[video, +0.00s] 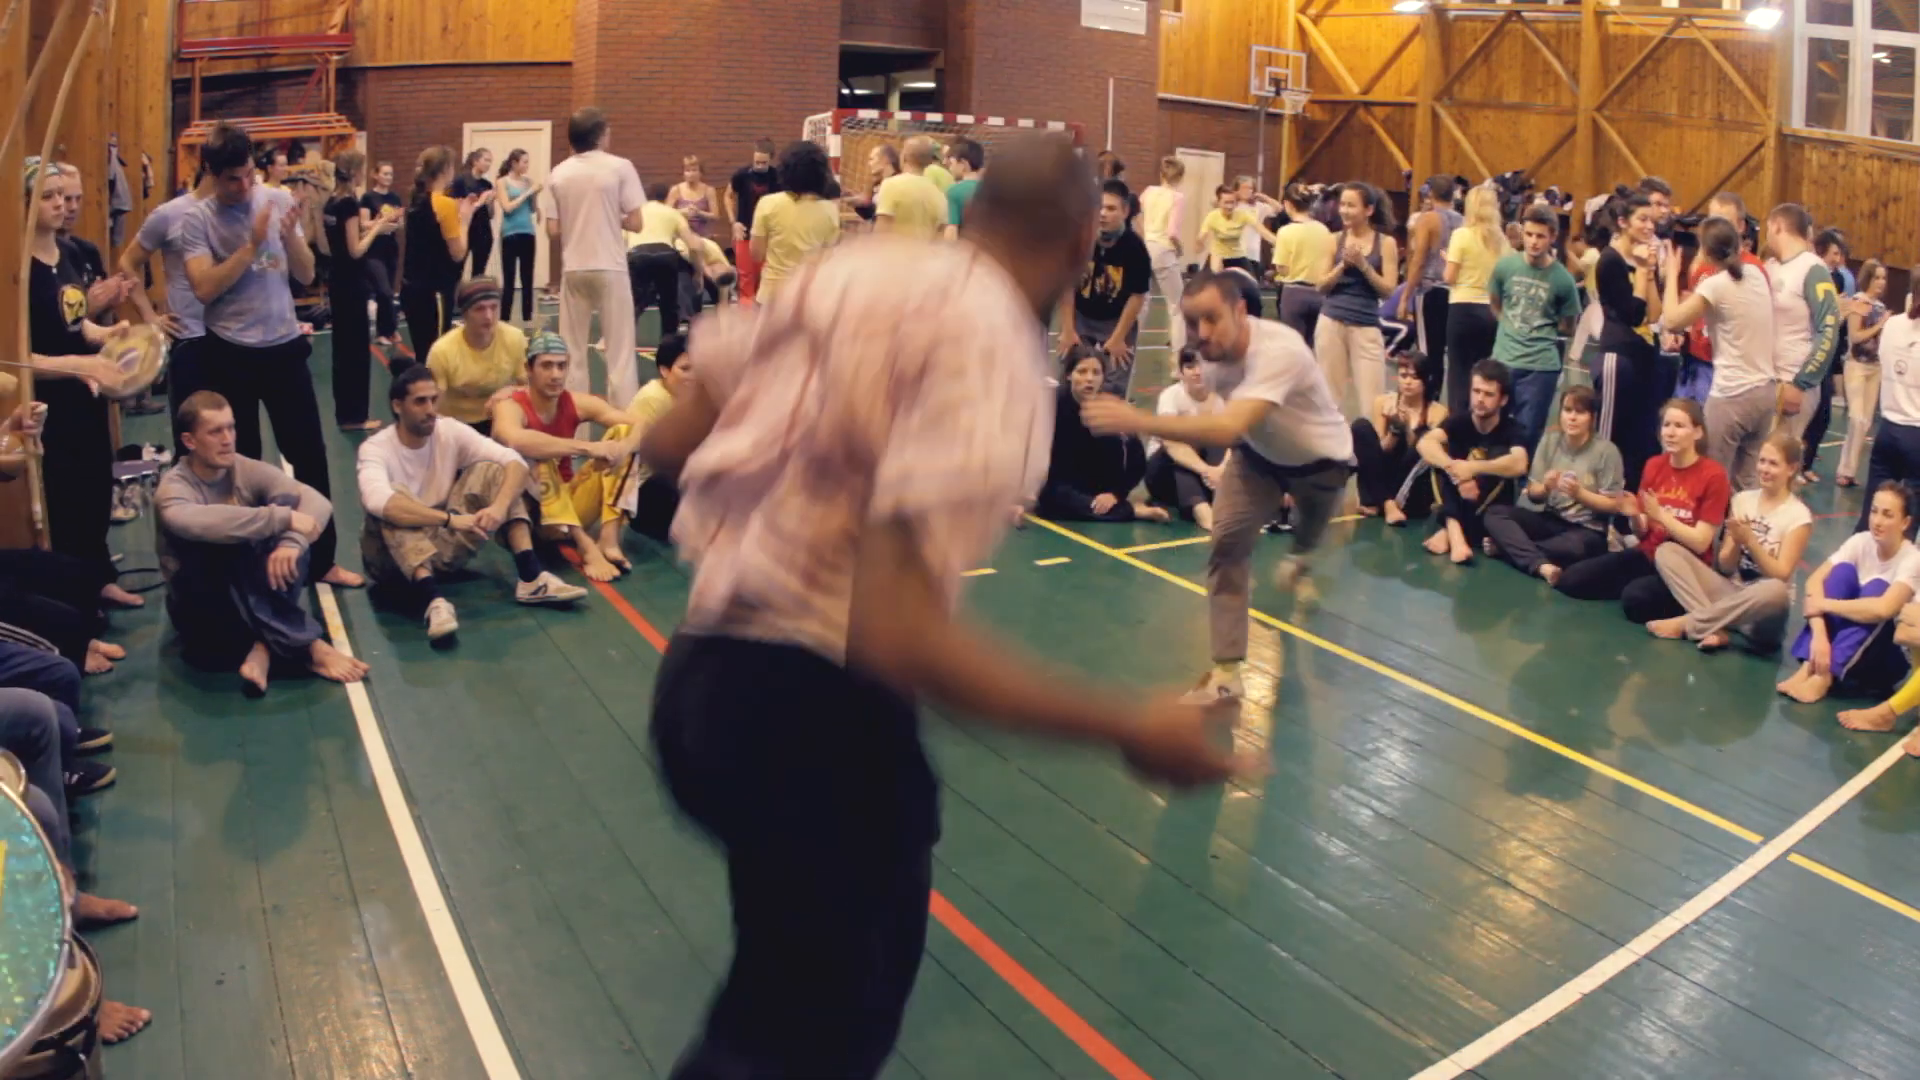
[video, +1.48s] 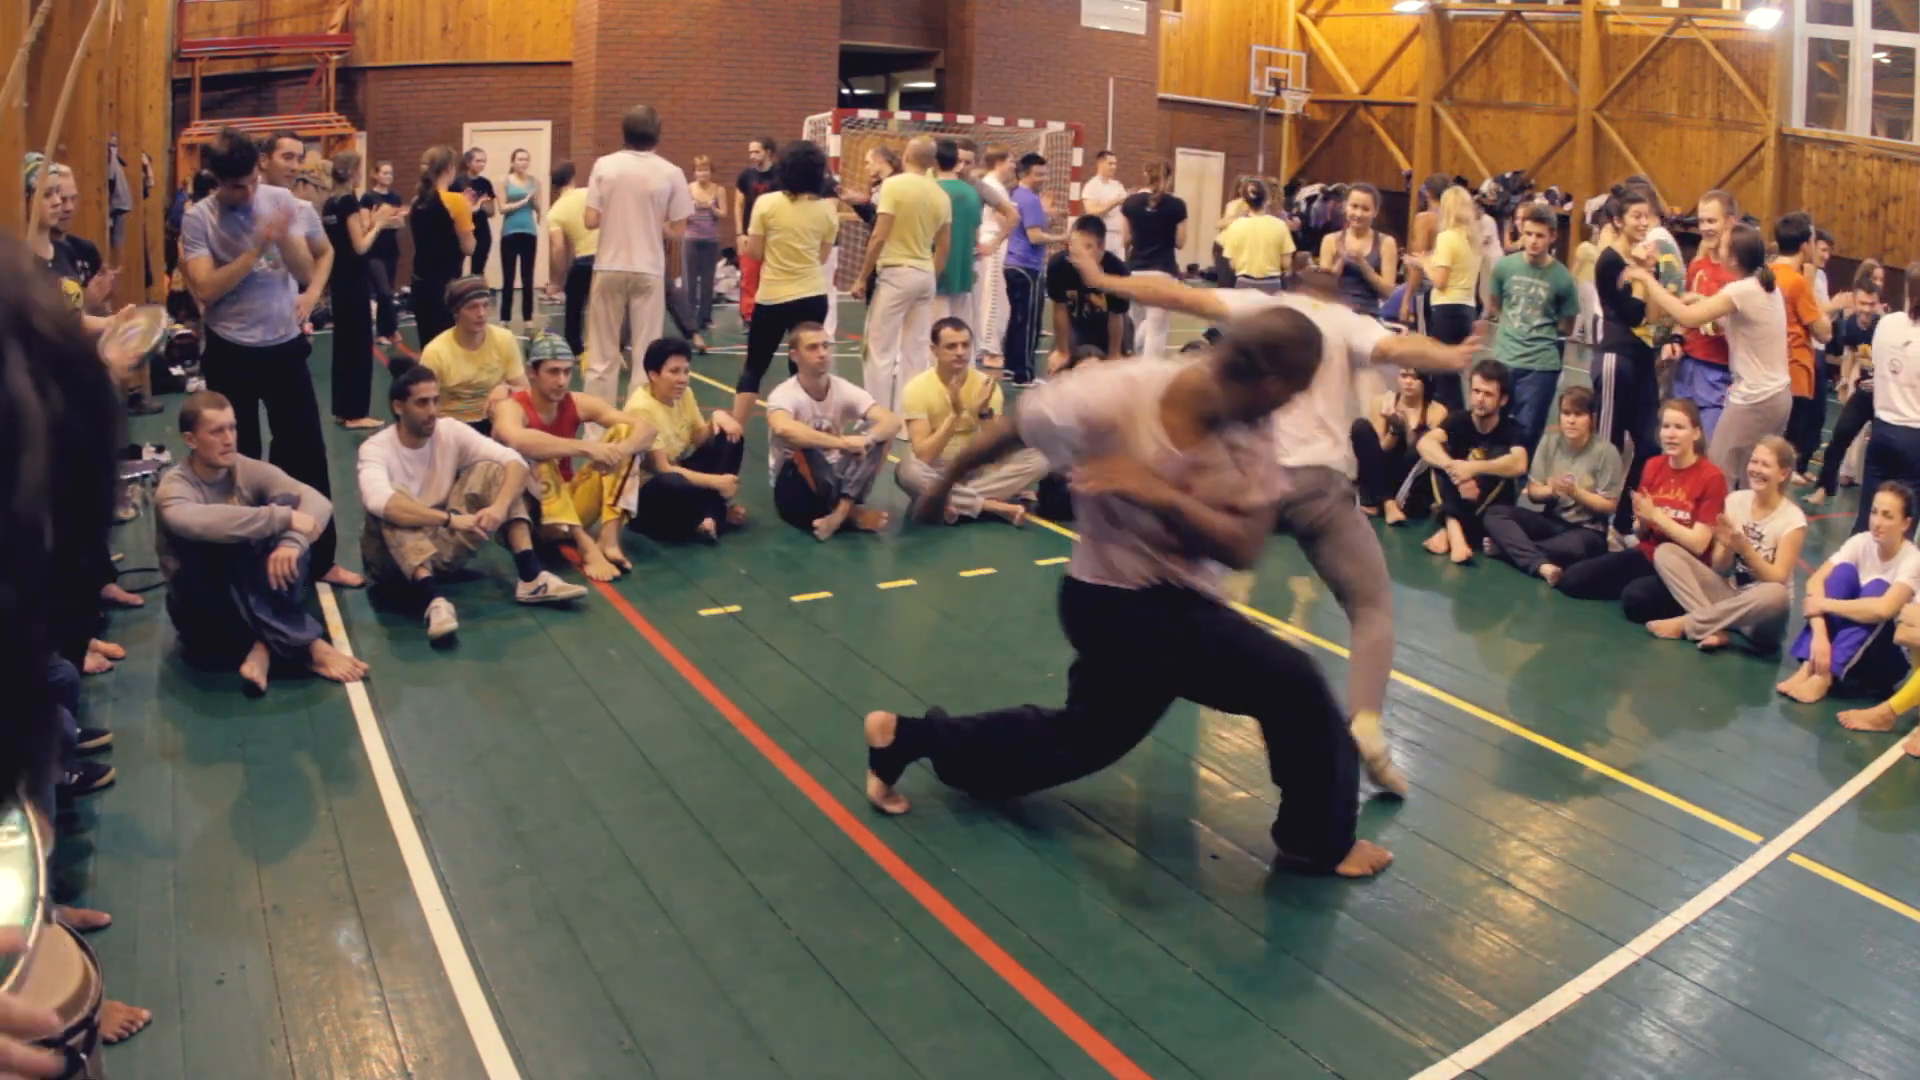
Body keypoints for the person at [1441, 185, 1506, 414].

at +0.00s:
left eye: (1467, 204)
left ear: (1469, 207)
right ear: (1495, 209)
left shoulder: (1461, 235)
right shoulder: (1502, 240)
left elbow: (1450, 275)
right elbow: (1506, 273)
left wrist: (1447, 260)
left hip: (1462, 304)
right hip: (1489, 306)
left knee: (1458, 371)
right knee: (1482, 369)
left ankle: (1457, 423)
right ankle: (1481, 424)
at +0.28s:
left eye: (1469, 206)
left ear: (1471, 208)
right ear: (1497, 208)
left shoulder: (1462, 235)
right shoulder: (1507, 238)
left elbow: (1451, 275)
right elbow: (1507, 274)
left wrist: (1446, 261)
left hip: (1463, 302)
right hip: (1492, 304)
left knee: (1458, 370)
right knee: (1484, 367)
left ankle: (1458, 422)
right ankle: (1482, 424)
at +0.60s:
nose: (1463, 210)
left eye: (1465, 206)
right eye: (1465, 206)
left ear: (1468, 208)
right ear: (1493, 208)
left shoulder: (1463, 235)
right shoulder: (1499, 239)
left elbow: (1452, 276)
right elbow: (1499, 275)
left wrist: (1446, 261)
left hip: (1461, 305)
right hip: (1488, 306)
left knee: (1457, 374)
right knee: (1482, 371)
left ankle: (1457, 425)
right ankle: (1480, 426)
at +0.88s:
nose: (1459, 210)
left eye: (1460, 206)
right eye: (1460, 206)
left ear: (1465, 208)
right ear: (1489, 208)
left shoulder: (1461, 235)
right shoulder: (1494, 240)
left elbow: (1450, 276)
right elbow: (1492, 274)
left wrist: (1439, 261)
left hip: (1459, 306)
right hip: (1485, 306)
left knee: (1454, 375)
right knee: (1474, 372)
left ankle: (1455, 427)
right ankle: (1472, 426)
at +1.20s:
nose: (1450, 209)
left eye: (1452, 204)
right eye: (1452, 204)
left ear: (1456, 208)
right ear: (1480, 208)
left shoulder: (1455, 237)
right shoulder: (1488, 238)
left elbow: (1447, 279)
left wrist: (1435, 263)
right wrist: (1442, 260)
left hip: (1456, 308)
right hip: (1480, 308)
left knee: (1446, 368)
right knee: (1466, 369)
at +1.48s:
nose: (1438, 210)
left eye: (1440, 206)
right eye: (1439, 206)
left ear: (1445, 208)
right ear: (1468, 209)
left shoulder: (1447, 238)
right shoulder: (1473, 238)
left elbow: (1440, 280)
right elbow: (1470, 274)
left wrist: (1422, 263)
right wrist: (1429, 261)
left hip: (1446, 307)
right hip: (1467, 305)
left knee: (1444, 371)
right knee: (1451, 371)